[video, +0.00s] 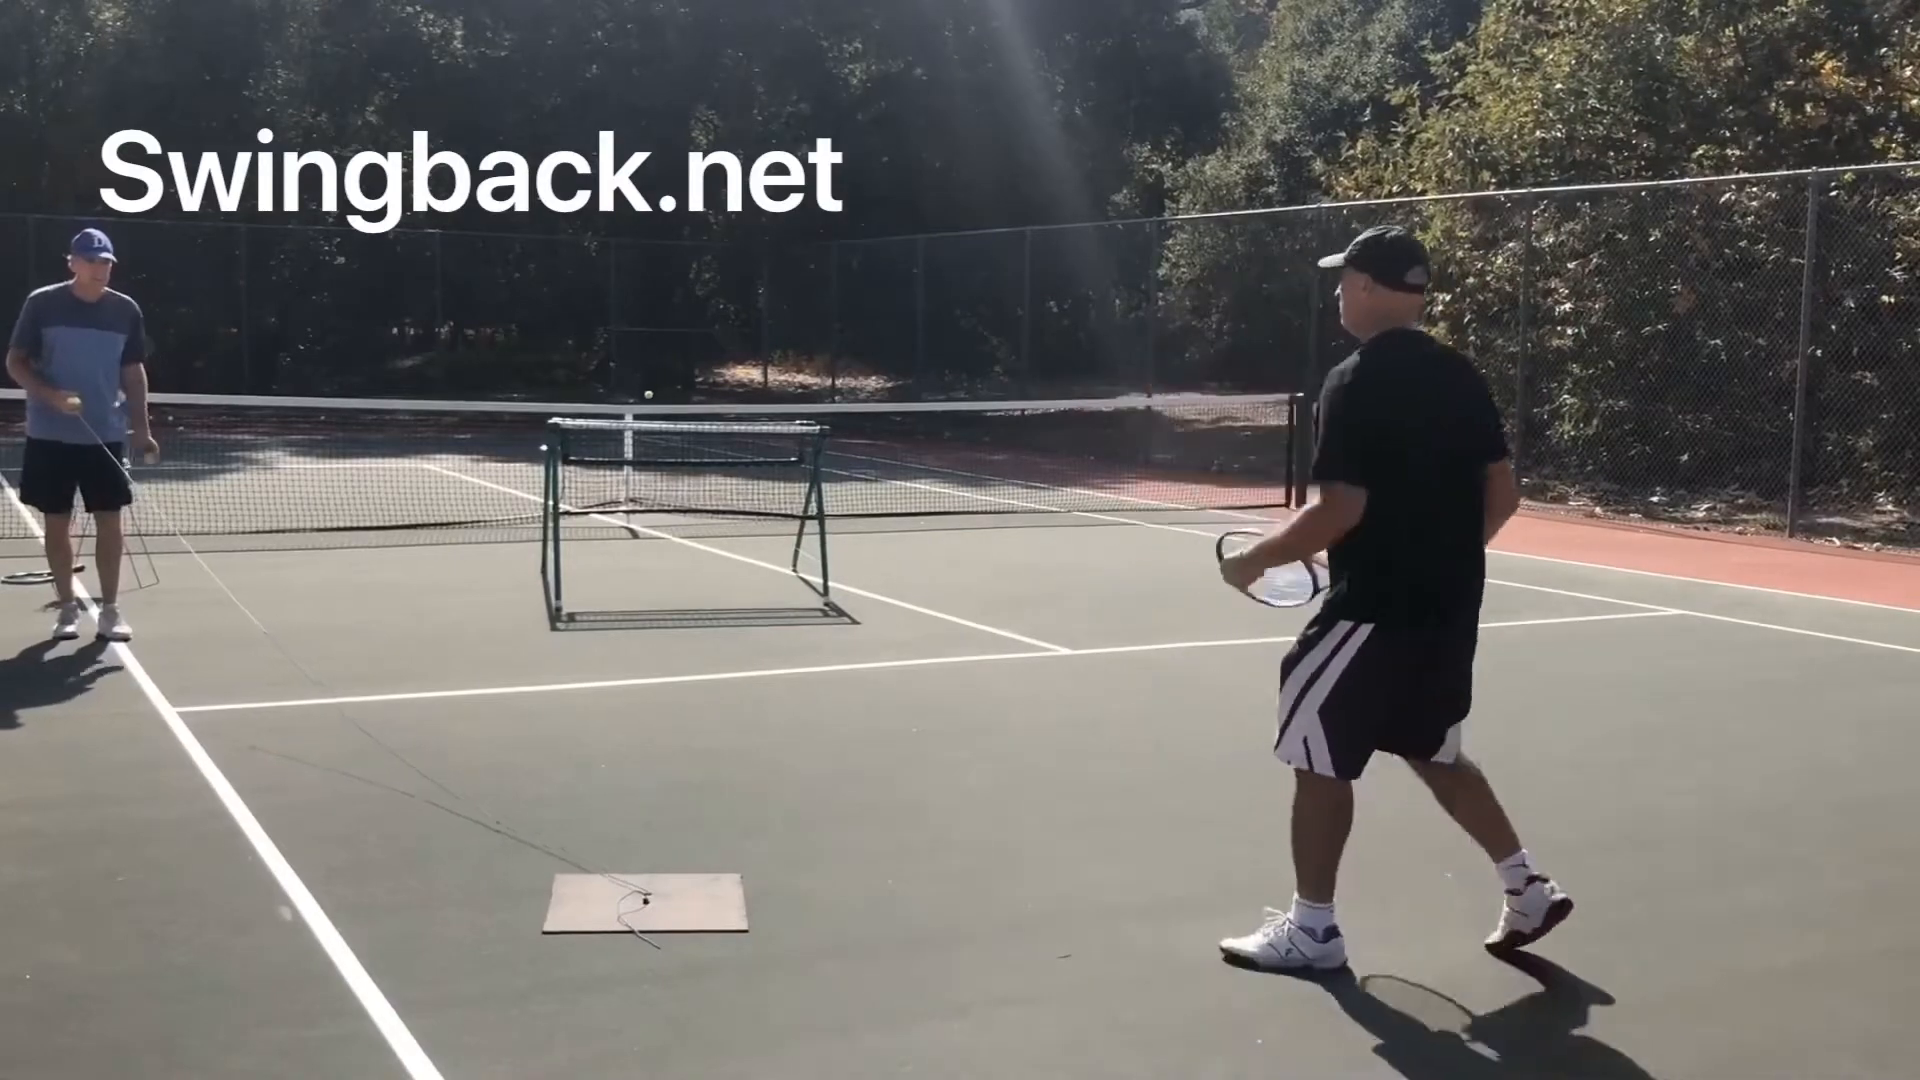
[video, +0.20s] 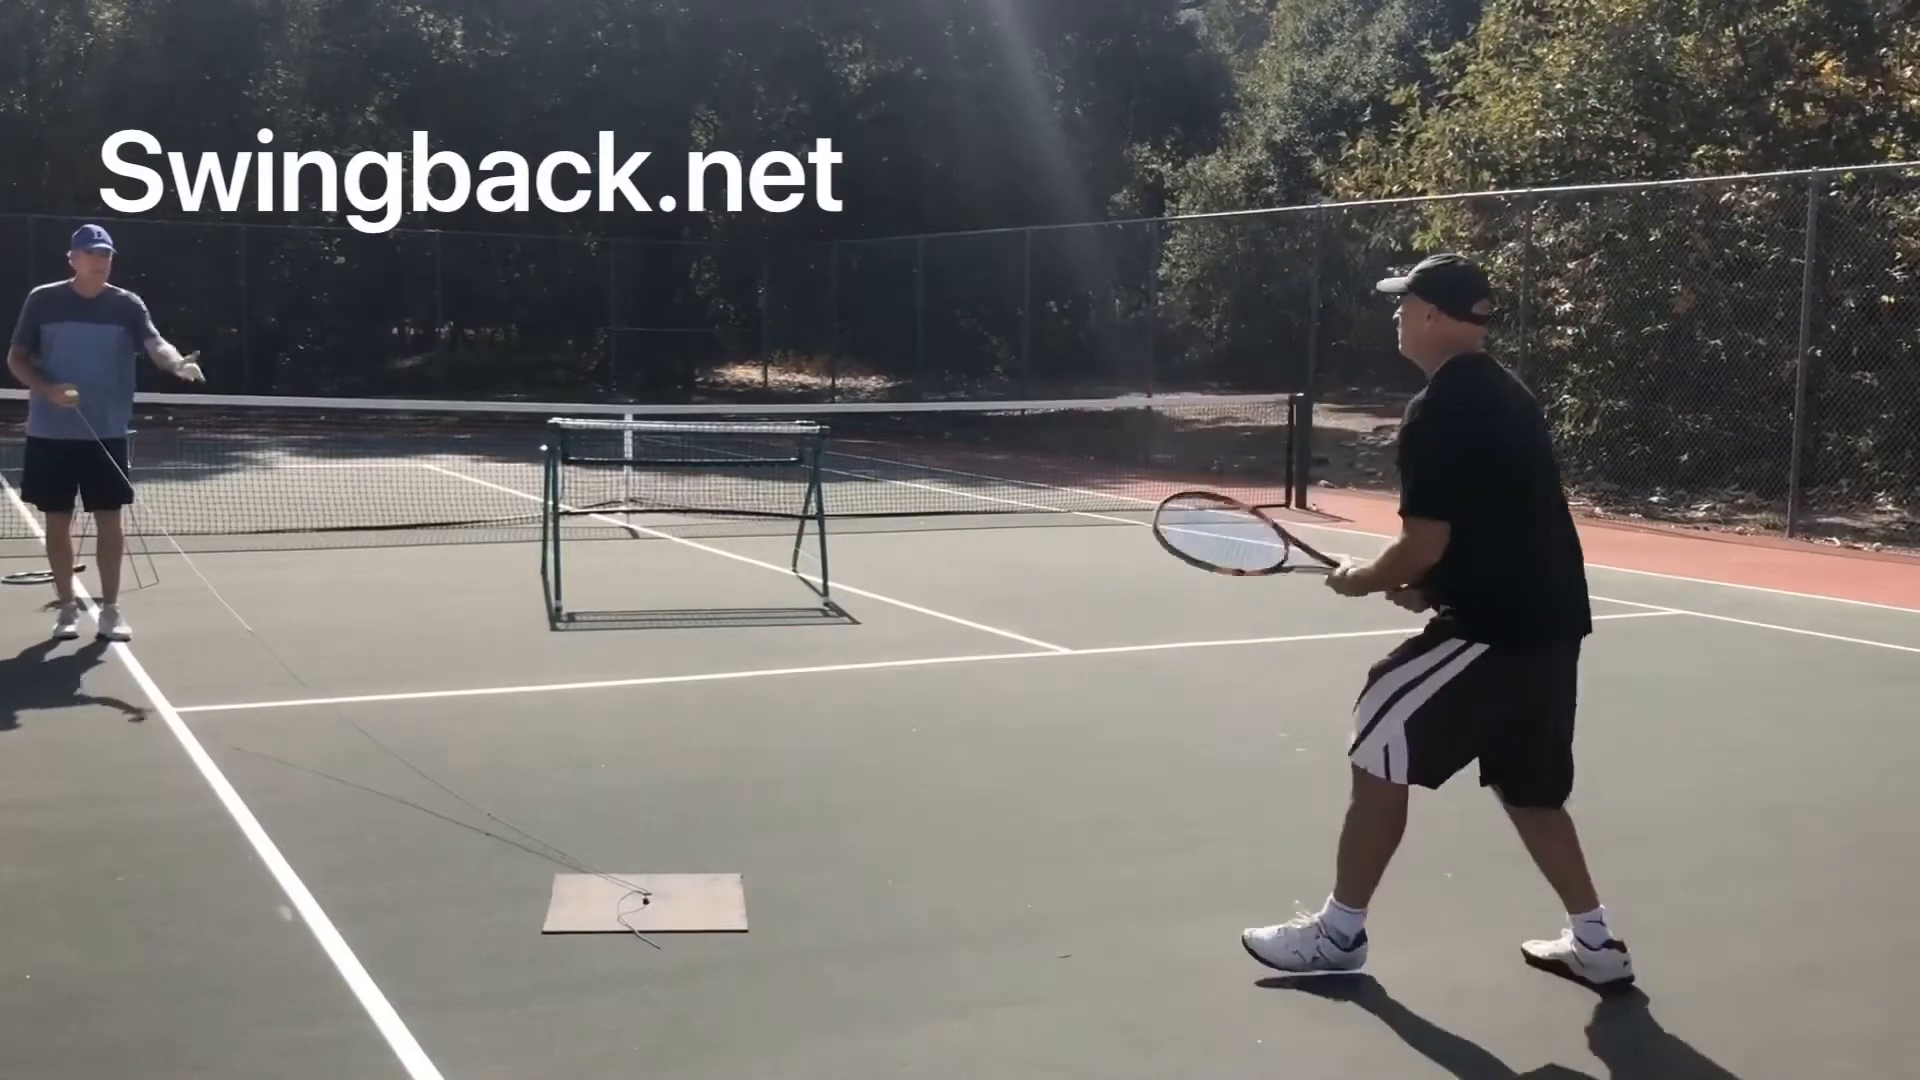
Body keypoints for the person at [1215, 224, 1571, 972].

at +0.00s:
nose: (1339, 296)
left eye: (1346, 284)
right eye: (1343, 283)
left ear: (1371, 289)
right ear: (1415, 294)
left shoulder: (1354, 381)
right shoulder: (1459, 374)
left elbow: (1340, 509)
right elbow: (1501, 494)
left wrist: (1258, 557)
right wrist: (1438, 551)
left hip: (1370, 613)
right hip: (1447, 609)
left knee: (1318, 754)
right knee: (1431, 748)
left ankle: (1312, 927)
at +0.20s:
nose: (1398, 316)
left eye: (1407, 305)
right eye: (1402, 304)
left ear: (1436, 317)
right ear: (1470, 320)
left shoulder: (1438, 409)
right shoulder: (1506, 395)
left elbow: (1426, 542)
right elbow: (1505, 529)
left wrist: (1365, 575)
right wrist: (1422, 580)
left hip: (1488, 634)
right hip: (1549, 629)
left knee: (1383, 741)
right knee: (1527, 782)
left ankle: (1340, 930)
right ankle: (1595, 938)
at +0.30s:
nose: (1413, 303)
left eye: (1423, 290)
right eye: (1417, 290)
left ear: (1460, 299)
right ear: (1480, 302)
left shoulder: (1463, 382)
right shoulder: (1513, 371)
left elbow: (1459, 523)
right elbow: (1525, 505)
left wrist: (1392, 571)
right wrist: (1448, 578)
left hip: (1517, 610)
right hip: (1571, 604)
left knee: (1421, 743)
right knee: (1547, 767)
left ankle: (1443, 951)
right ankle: (1597, 938)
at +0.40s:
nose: (1426, 299)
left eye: (1436, 287)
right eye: (1430, 286)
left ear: (1477, 297)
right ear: (1492, 299)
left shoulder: (1483, 379)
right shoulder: (1517, 369)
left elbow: (1492, 514)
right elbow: (1517, 509)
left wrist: (1419, 563)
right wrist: (1446, 574)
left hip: (1534, 616)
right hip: (1577, 608)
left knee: (1467, 766)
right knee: (1560, 777)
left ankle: (1564, 968)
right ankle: (1599, 945)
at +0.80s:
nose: (1388, 296)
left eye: (1401, 283)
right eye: (1392, 283)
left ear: (1453, 297)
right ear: (1438, 300)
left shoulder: (1510, 379)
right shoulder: (1433, 396)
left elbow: (1556, 512)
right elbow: (1447, 519)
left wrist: (1433, 561)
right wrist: (1395, 586)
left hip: (1554, 630)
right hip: (1486, 630)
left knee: (1507, 804)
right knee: (1462, 794)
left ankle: (1613, 977)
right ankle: (1521, 979)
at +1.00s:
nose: (1338, 325)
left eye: (1350, 310)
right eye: (1340, 312)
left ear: (1400, 312)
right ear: (1385, 316)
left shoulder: (1501, 399)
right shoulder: (1361, 411)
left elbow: (1552, 528)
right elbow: (1338, 533)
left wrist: (1451, 562)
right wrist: (1344, 589)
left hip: (1507, 651)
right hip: (1421, 654)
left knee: (1455, 826)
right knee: (1392, 816)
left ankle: (1492, 1046)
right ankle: (1509, 968)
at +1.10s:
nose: (1304, 333)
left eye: (1316, 318)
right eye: (1306, 319)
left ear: (1363, 323)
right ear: (1354, 326)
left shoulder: (1465, 405)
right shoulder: (1326, 416)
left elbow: (1544, 526)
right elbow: (1304, 539)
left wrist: (1442, 548)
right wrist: (1322, 587)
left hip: (1480, 659)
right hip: (1388, 653)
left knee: (1437, 839)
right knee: (1317, 795)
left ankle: (1489, 1042)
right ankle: (1424, 943)